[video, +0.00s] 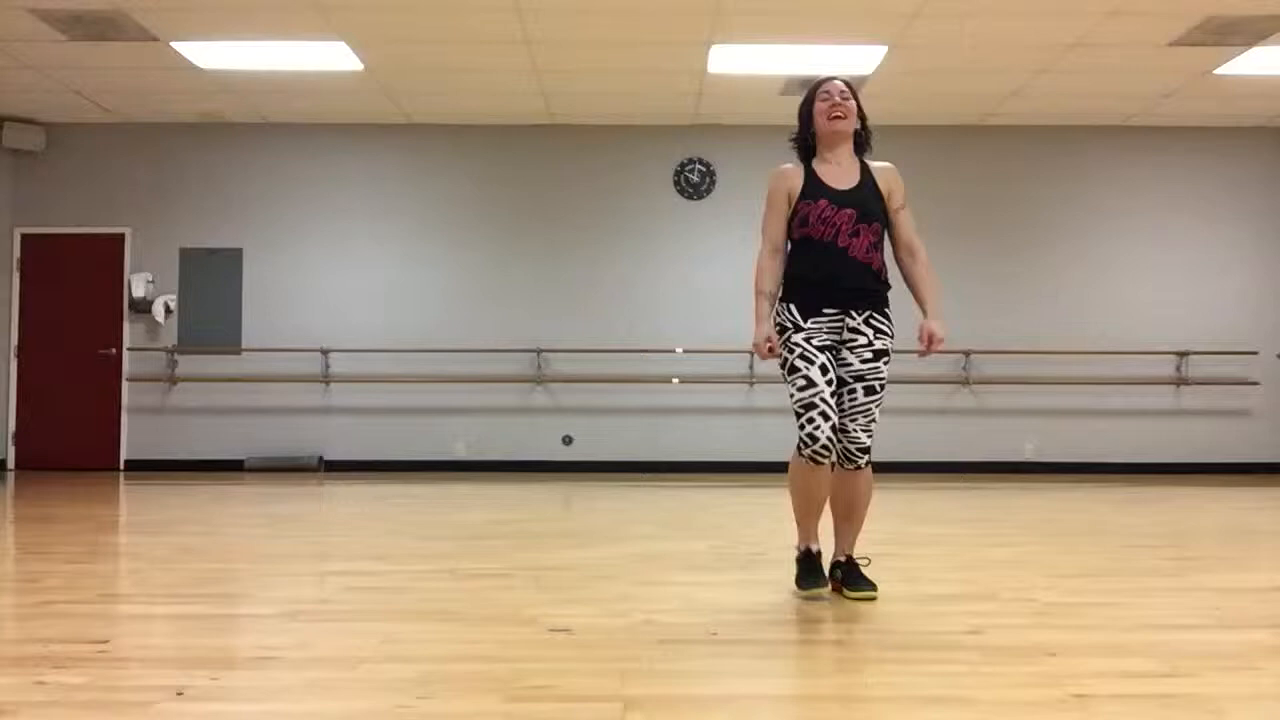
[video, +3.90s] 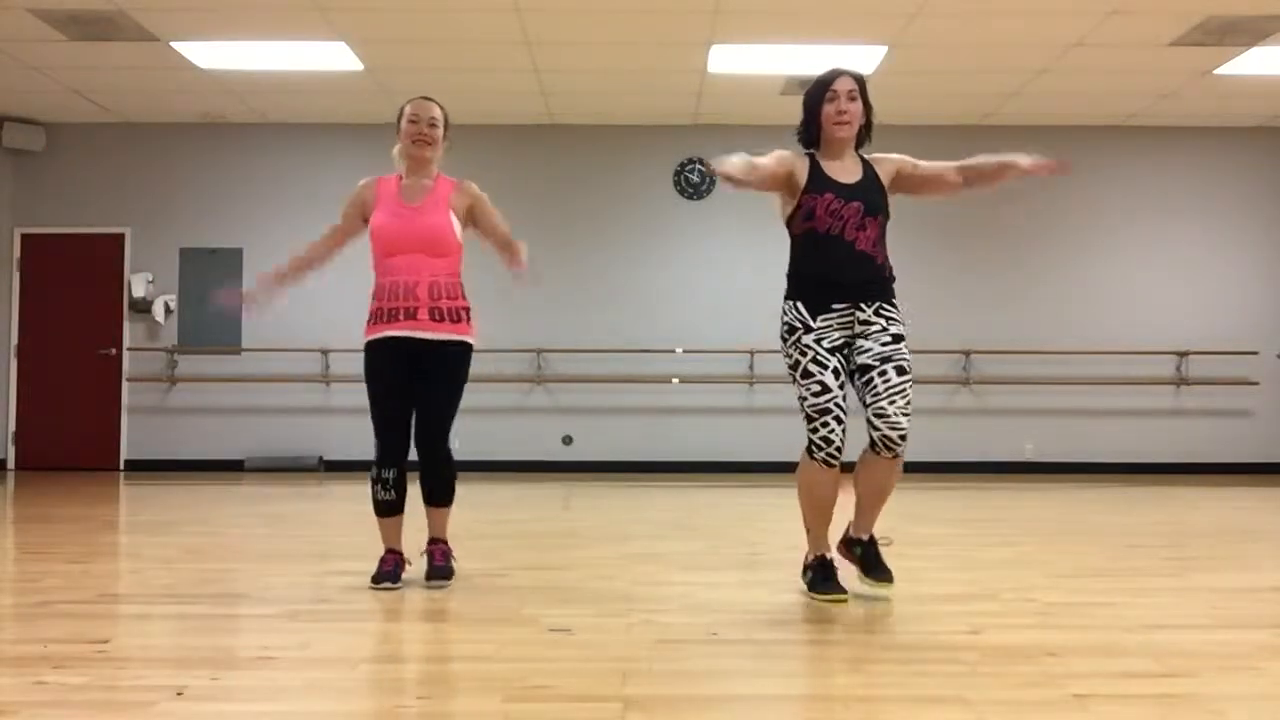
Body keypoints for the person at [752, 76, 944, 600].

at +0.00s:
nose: (836, 102)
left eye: (845, 96)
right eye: (825, 97)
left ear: (859, 114)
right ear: (808, 116)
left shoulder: (884, 176)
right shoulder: (790, 177)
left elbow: (910, 251)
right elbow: (771, 252)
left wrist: (930, 314)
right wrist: (763, 321)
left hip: (868, 322)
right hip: (803, 320)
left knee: (856, 440)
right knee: (818, 433)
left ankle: (846, 561)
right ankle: (808, 551)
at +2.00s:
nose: (840, 118)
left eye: (849, 109)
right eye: (829, 110)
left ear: (864, 120)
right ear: (813, 120)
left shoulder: (885, 183)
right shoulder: (791, 183)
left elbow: (908, 258)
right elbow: (773, 259)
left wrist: (932, 321)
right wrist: (771, 328)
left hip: (875, 326)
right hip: (810, 327)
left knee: (865, 444)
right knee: (830, 441)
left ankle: (854, 558)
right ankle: (814, 556)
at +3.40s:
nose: (845, 108)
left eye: (853, 99)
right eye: (835, 101)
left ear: (869, 111)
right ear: (818, 114)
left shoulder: (891, 175)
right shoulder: (797, 178)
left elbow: (923, 251)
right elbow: (766, 253)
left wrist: (953, 320)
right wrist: (813, 284)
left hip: (880, 321)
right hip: (815, 321)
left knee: (870, 440)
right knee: (828, 436)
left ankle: (855, 556)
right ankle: (815, 554)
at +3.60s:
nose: (841, 110)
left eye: (850, 101)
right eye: (830, 102)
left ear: (866, 114)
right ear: (814, 115)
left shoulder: (889, 175)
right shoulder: (794, 178)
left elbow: (947, 231)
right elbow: (766, 240)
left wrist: (1003, 287)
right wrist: (843, 245)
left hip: (880, 318)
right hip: (817, 321)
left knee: (868, 438)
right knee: (836, 433)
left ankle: (854, 556)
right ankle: (817, 541)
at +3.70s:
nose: (840, 113)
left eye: (849, 104)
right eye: (830, 105)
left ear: (863, 116)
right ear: (812, 117)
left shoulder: (883, 176)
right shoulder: (793, 177)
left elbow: (950, 214)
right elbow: (762, 221)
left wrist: (1020, 250)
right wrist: (834, 229)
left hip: (878, 324)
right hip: (814, 325)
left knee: (871, 443)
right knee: (835, 440)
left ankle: (854, 558)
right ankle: (818, 555)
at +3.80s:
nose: (842, 109)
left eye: (850, 100)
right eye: (831, 101)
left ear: (864, 113)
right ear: (812, 114)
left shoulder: (882, 171)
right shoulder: (794, 167)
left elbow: (959, 191)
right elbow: (753, 191)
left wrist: (1037, 205)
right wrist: (796, 203)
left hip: (877, 317)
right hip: (813, 319)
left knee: (882, 439)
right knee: (833, 438)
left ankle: (855, 551)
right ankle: (817, 555)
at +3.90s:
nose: (842, 106)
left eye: (851, 98)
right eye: (831, 99)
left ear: (864, 112)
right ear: (814, 112)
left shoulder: (885, 168)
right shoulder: (795, 165)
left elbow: (958, 175)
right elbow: (753, 168)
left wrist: (1015, 164)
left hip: (877, 314)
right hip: (814, 316)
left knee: (893, 429)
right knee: (828, 435)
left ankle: (859, 537)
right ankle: (817, 556)